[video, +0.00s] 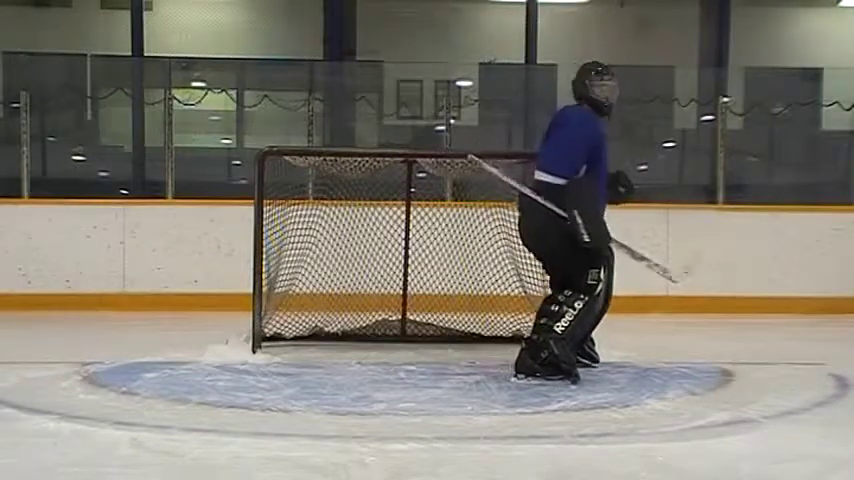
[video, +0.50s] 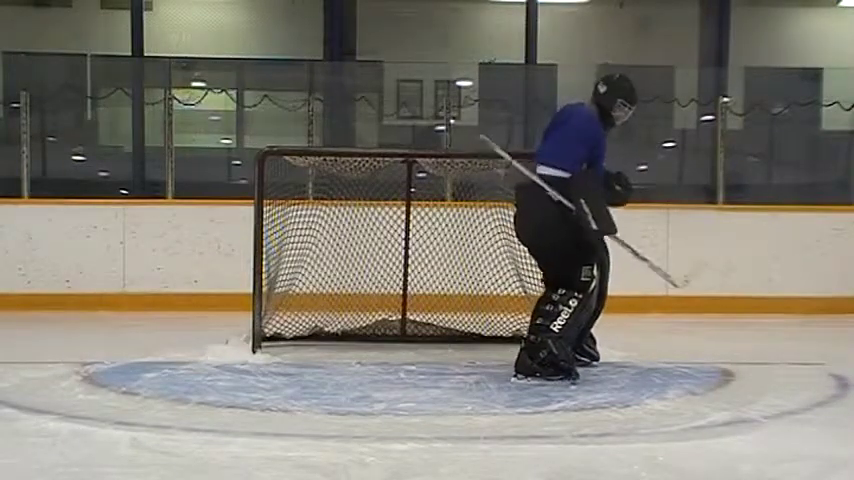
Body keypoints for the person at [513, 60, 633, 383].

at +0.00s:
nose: (610, 92)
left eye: (612, 85)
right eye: (603, 85)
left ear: (580, 90)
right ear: (587, 88)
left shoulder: (568, 117)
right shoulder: (586, 124)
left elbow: (573, 173)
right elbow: (569, 188)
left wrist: (606, 183)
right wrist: (592, 238)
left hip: (536, 213)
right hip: (556, 216)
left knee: (568, 279)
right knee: (595, 276)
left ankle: (541, 348)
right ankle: (553, 345)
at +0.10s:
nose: (613, 94)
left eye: (616, 88)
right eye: (608, 87)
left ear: (583, 90)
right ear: (593, 88)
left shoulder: (567, 114)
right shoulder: (589, 127)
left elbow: (568, 169)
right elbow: (582, 192)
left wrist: (602, 182)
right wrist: (592, 237)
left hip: (534, 210)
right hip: (554, 215)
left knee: (566, 280)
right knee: (594, 279)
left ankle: (539, 348)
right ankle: (551, 348)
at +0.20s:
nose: (618, 106)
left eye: (622, 100)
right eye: (615, 97)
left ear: (592, 92)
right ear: (600, 92)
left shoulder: (567, 112)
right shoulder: (590, 127)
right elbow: (585, 192)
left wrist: (601, 182)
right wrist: (592, 240)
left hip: (533, 206)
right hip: (552, 211)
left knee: (564, 280)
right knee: (588, 279)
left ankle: (538, 351)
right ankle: (547, 353)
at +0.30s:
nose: (621, 112)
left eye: (625, 106)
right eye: (619, 103)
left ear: (599, 96)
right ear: (603, 96)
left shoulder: (570, 114)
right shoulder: (591, 129)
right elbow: (585, 191)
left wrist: (600, 182)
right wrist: (594, 235)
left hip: (532, 207)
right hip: (550, 212)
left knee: (564, 280)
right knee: (589, 275)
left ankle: (538, 350)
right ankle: (549, 350)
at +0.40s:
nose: (622, 114)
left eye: (626, 109)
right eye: (621, 106)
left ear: (600, 95)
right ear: (607, 99)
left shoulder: (570, 113)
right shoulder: (592, 130)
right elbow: (586, 196)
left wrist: (601, 184)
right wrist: (599, 236)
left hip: (530, 209)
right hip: (551, 212)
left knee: (563, 280)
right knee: (588, 276)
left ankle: (537, 351)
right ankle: (548, 351)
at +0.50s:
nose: (623, 115)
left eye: (627, 109)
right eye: (622, 107)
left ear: (601, 97)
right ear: (607, 99)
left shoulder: (571, 113)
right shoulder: (591, 126)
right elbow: (586, 182)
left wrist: (606, 183)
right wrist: (605, 224)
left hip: (531, 207)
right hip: (553, 210)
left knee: (561, 279)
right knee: (586, 274)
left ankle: (537, 350)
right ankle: (548, 349)